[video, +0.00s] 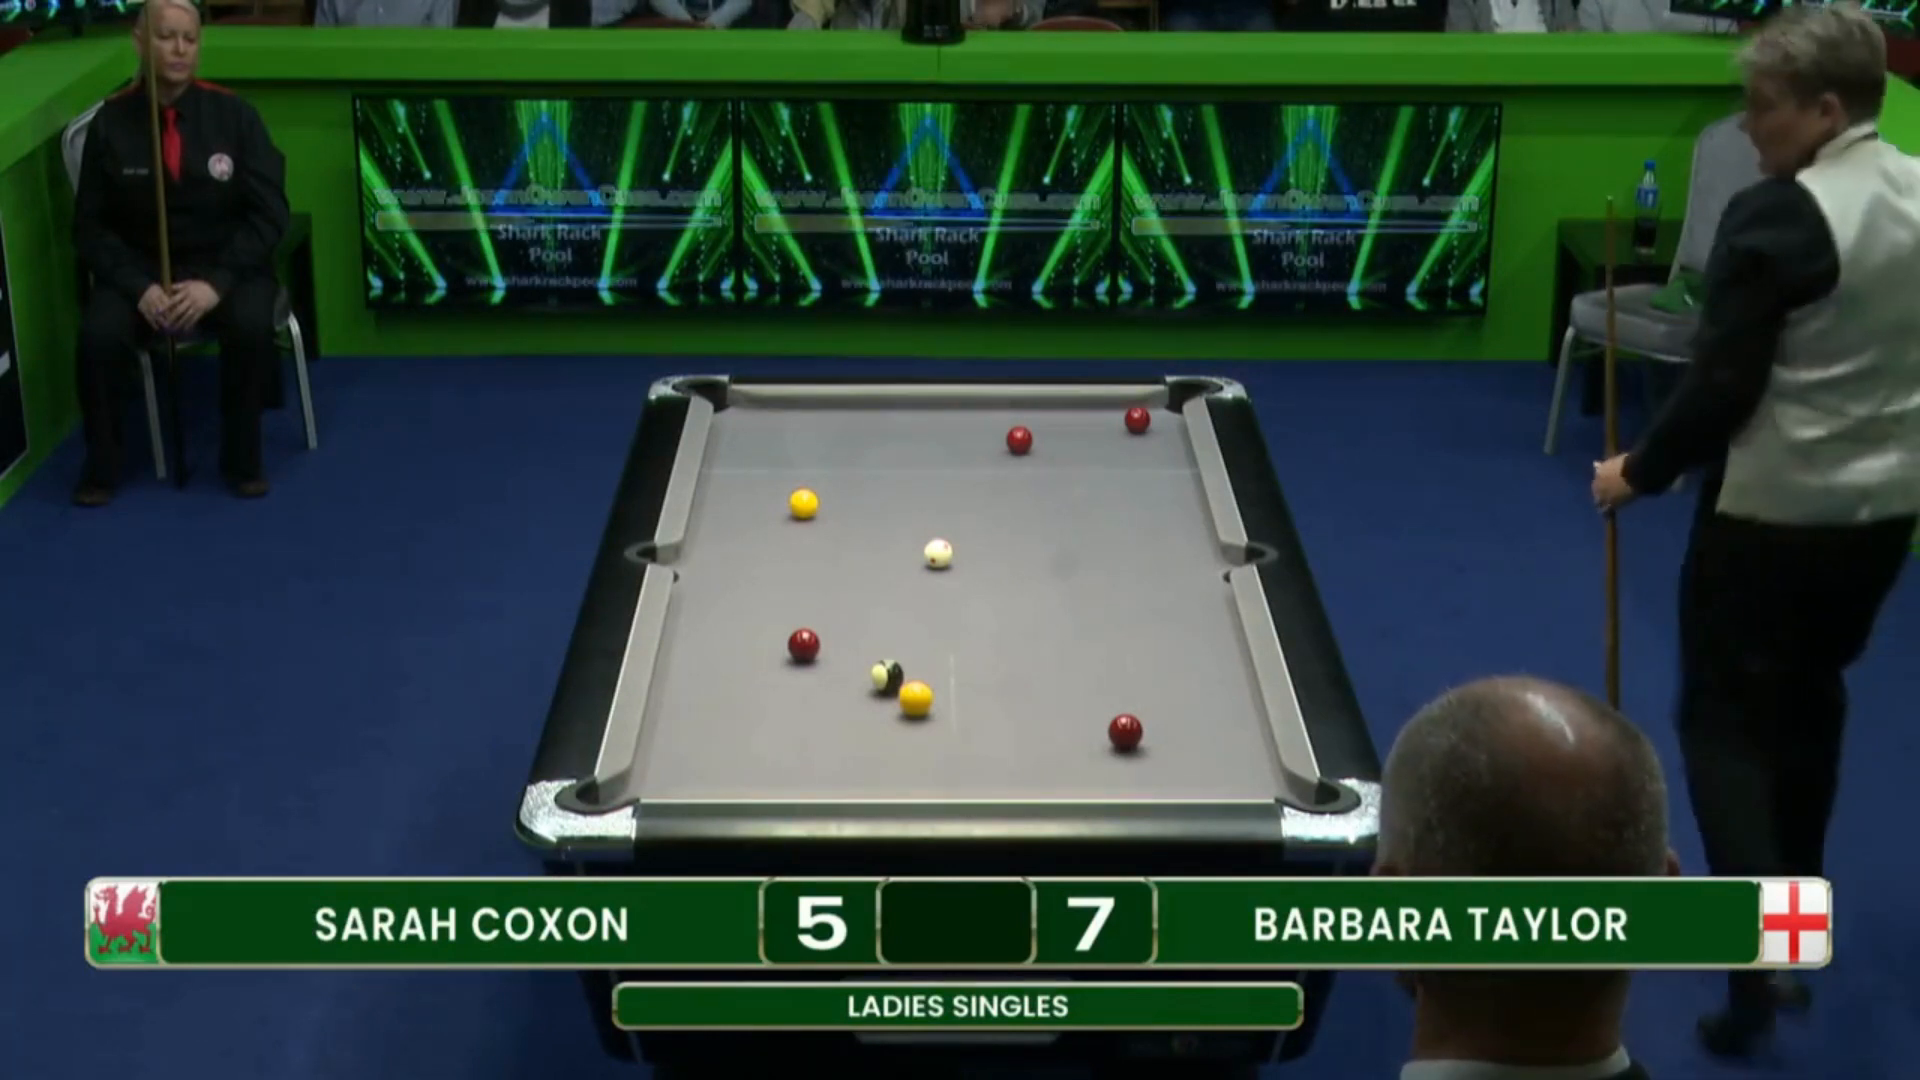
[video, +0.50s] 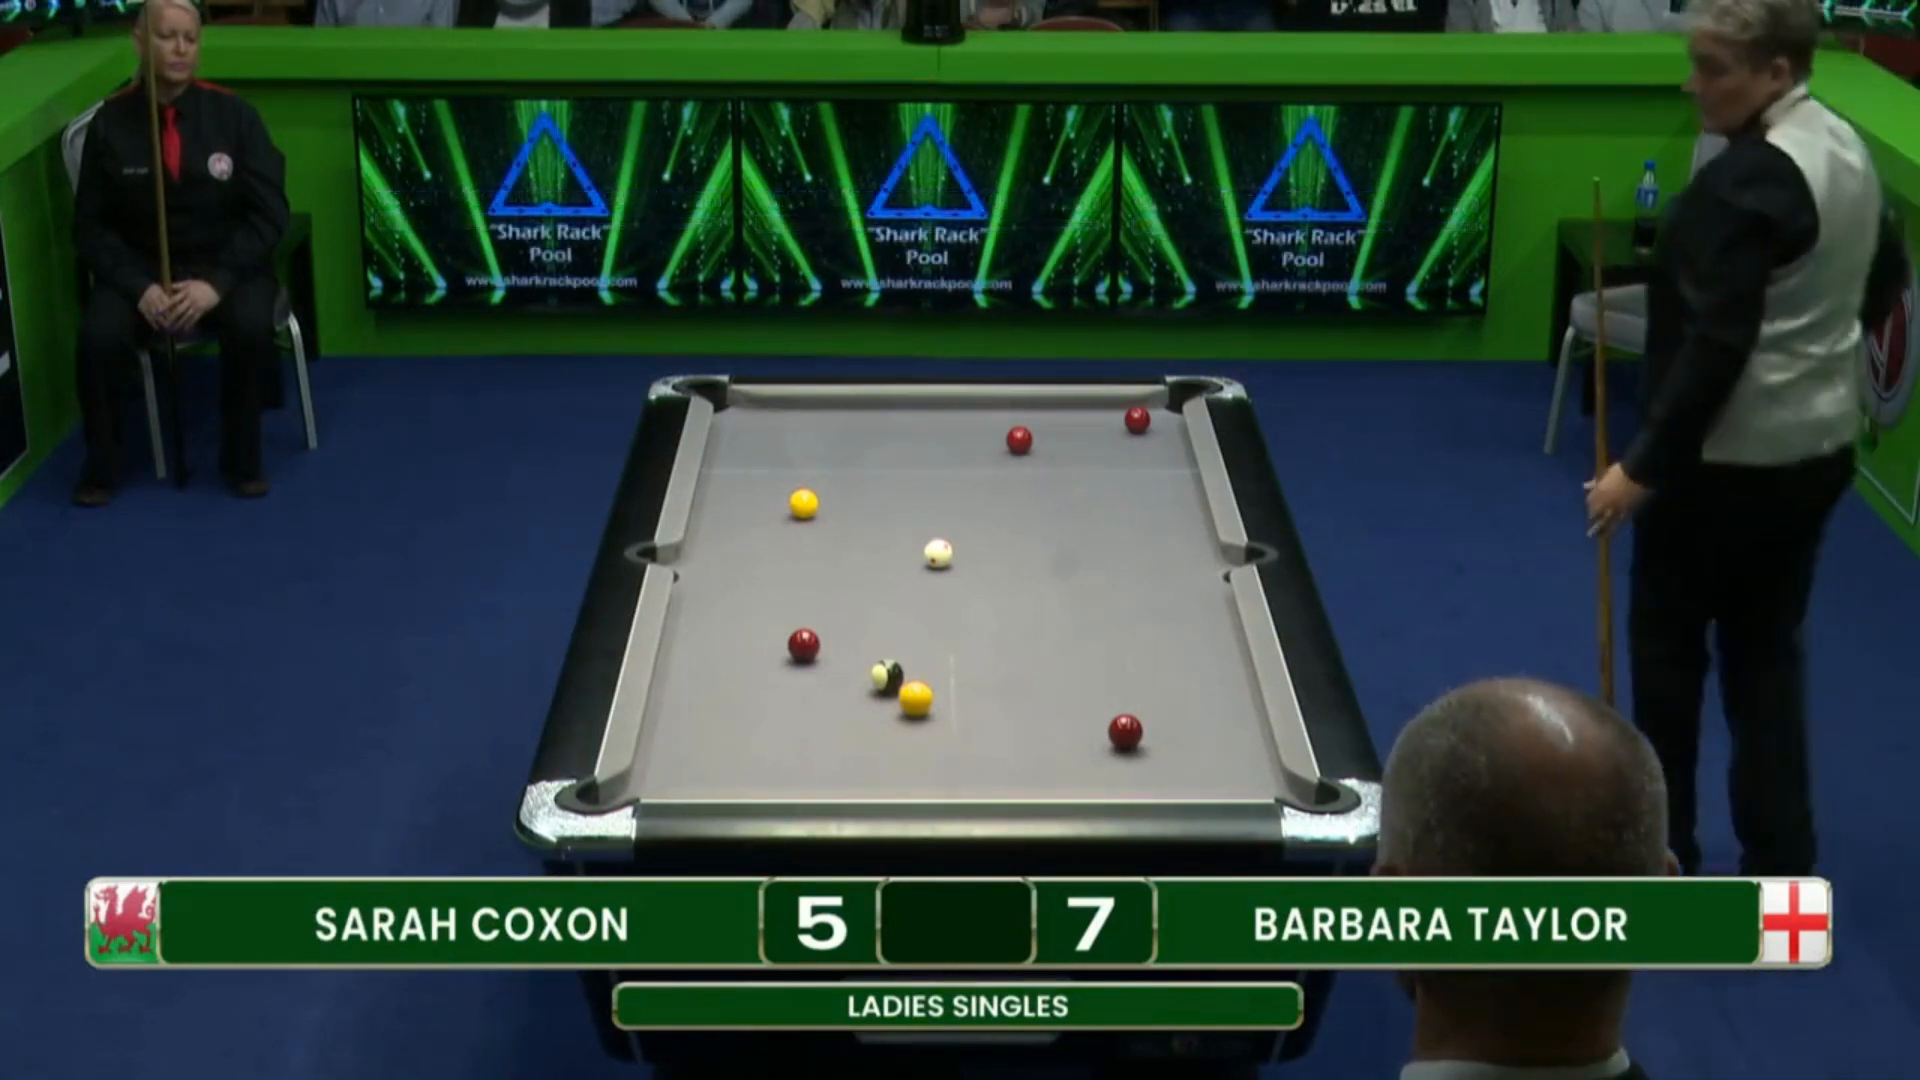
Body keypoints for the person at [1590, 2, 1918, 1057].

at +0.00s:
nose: (1749, 124)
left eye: (1762, 105)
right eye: (1750, 104)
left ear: (1826, 106)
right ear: (1849, 104)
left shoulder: (1779, 215)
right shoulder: (1912, 183)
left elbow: (1721, 381)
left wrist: (1640, 467)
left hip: (1774, 518)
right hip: (1884, 513)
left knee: (1720, 711)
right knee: (1809, 694)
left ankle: (1760, 949)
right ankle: (1796, 914)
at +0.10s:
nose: (1744, 111)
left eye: (1758, 92)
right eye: (1744, 91)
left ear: (1828, 95)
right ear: (1839, 95)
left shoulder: (1780, 206)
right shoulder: (1907, 171)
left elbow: (1726, 373)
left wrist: (1641, 463)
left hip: (1767, 502)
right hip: (1879, 499)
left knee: (1696, 681)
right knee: (1807, 682)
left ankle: (1749, 902)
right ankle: (1794, 898)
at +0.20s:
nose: (1736, 94)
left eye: (1752, 77)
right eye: (1736, 73)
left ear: (1822, 81)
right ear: (1829, 84)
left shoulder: (1775, 191)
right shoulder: (1902, 164)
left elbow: (1735, 357)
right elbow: (1906, 334)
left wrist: (1644, 457)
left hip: (1761, 480)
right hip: (1864, 476)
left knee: (1673, 652)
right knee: (1804, 672)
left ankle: (1708, 862)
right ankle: (1789, 877)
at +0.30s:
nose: (1727, 90)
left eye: (1744, 75)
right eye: (1727, 71)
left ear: (1811, 78)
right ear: (1815, 81)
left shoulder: (1771, 187)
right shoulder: (1887, 158)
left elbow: (1738, 348)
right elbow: (1902, 325)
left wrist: (1643, 456)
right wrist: (1869, 402)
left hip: (1751, 474)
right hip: (1852, 467)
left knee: (1673, 664)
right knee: (1797, 672)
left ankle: (1674, 860)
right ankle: (1786, 877)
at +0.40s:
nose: (1708, 87)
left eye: (1726, 73)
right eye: (1708, 68)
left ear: (1791, 75)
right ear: (1802, 79)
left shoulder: (1751, 185)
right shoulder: (1864, 156)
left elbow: (1728, 350)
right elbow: (1902, 281)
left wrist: (1641, 463)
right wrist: (1837, 338)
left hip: (1732, 467)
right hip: (1832, 459)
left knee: (1672, 658)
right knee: (1784, 664)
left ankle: (1663, 851)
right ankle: (1782, 873)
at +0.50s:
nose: (1694, 84)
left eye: (1712, 68)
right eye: (1694, 65)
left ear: (1776, 73)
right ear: (1785, 75)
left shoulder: (1741, 180)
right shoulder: (1845, 146)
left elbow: (1715, 349)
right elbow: (1883, 283)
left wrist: (1637, 468)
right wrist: (1815, 346)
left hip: (1723, 464)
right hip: (1816, 453)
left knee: (1665, 655)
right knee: (1767, 658)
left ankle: (1666, 851)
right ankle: (1782, 865)